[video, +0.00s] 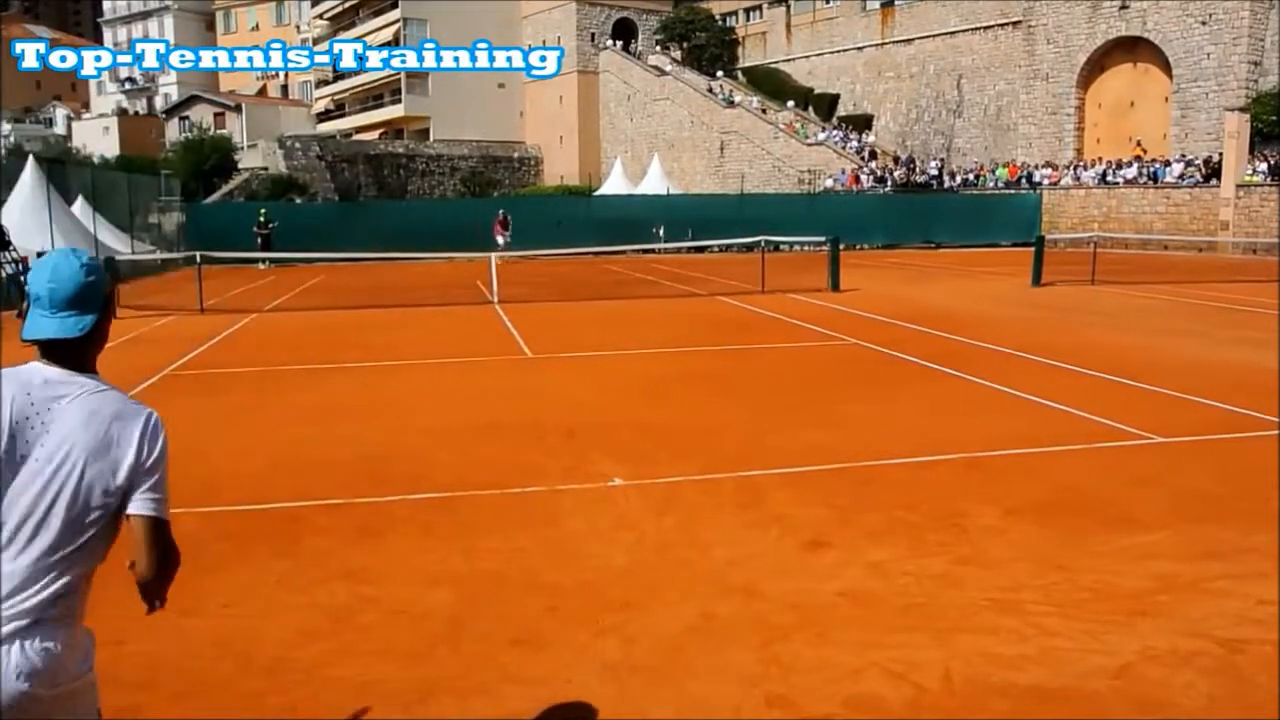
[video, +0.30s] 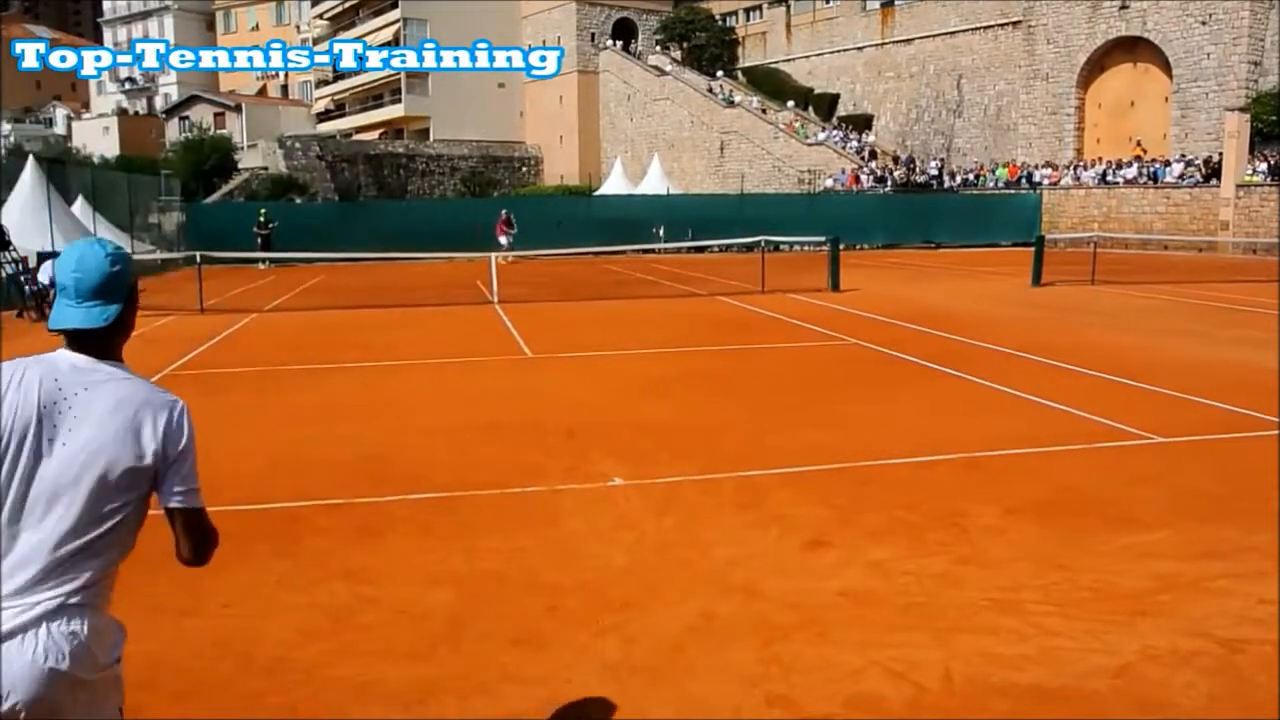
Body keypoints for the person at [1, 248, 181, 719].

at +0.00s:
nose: (113, 321)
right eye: (113, 311)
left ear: (29, 315)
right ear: (107, 322)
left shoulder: (4, 391)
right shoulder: (133, 423)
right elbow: (152, 563)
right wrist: (151, 585)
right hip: (41, 661)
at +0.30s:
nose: (135, 316)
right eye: (135, 305)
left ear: (56, 304)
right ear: (131, 314)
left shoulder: (7, 382)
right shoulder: (156, 409)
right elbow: (195, 549)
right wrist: (198, 524)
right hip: (68, 651)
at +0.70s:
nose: (176, 295)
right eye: (175, 286)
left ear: (99, 286)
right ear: (172, 294)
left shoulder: (31, 372)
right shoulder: (201, 388)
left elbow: (2, 462)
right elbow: (261, 503)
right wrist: (226, 471)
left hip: (8, 625)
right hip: (105, 633)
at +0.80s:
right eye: (183, 277)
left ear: (112, 275)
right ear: (184, 283)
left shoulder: (50, 361)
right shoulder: (217, 372)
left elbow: (2, 456)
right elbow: (278, 481)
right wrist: (237, 456)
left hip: (19, 603)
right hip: (121, 616)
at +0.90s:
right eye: (198, 263)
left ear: (127, 265)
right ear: (196, 270)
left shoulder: (68, 345)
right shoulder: (229, 353)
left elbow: (8, 453)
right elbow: (295, 462)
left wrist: (4, 535)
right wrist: (247, 449)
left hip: (43, 591)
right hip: (141, 599)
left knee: (56, 711)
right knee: (115, 711)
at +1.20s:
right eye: (223, 239)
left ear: (155, 240)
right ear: (223, 246)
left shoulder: (101, 323)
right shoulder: (262, 326)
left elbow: (40, 446)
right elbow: (321, 433)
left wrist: (69, 524)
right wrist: (264, 447)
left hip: (97, 559)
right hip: (193, 565)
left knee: (108, 700)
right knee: (145, 710)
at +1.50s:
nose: (256, 239)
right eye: (254, 232)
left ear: (187, 235)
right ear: (252, 239)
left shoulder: (132, 318)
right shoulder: (293, 319)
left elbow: (85, 440)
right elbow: (344, 432)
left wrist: (139, 495)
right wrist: (291, 459)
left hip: (148, 547)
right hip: (242, 548)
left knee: (175, 704)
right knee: (201, 710)